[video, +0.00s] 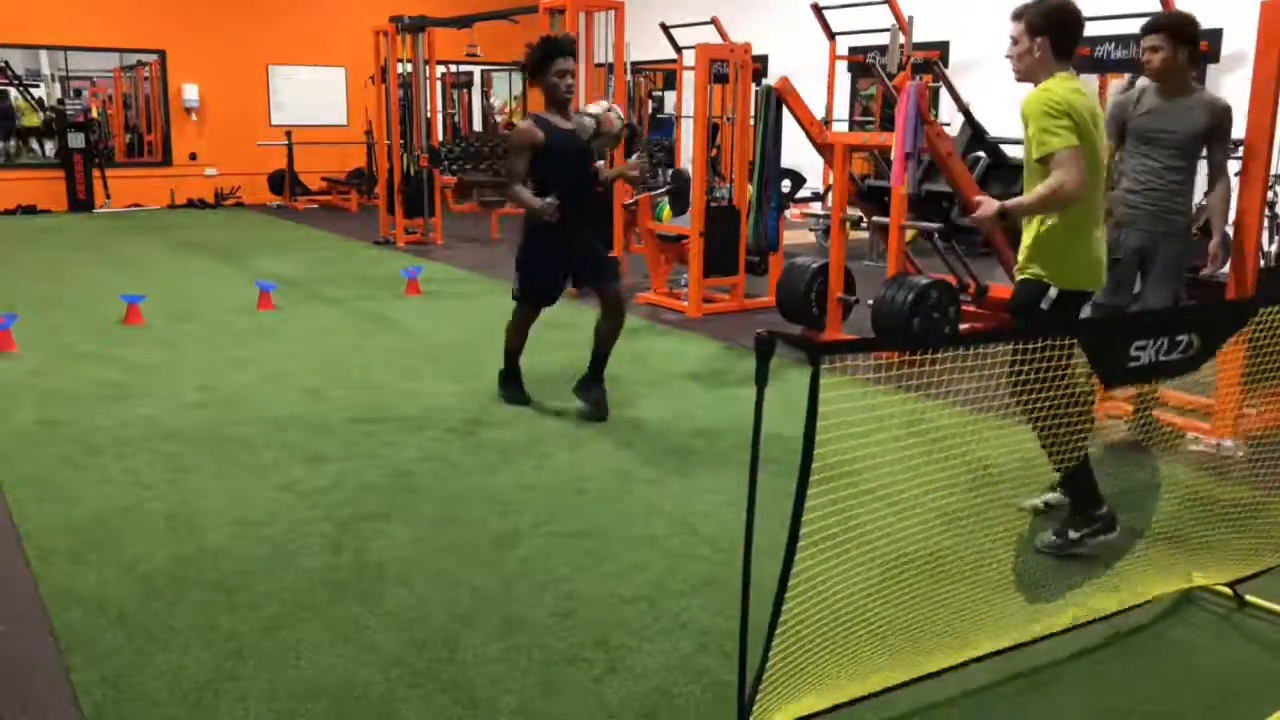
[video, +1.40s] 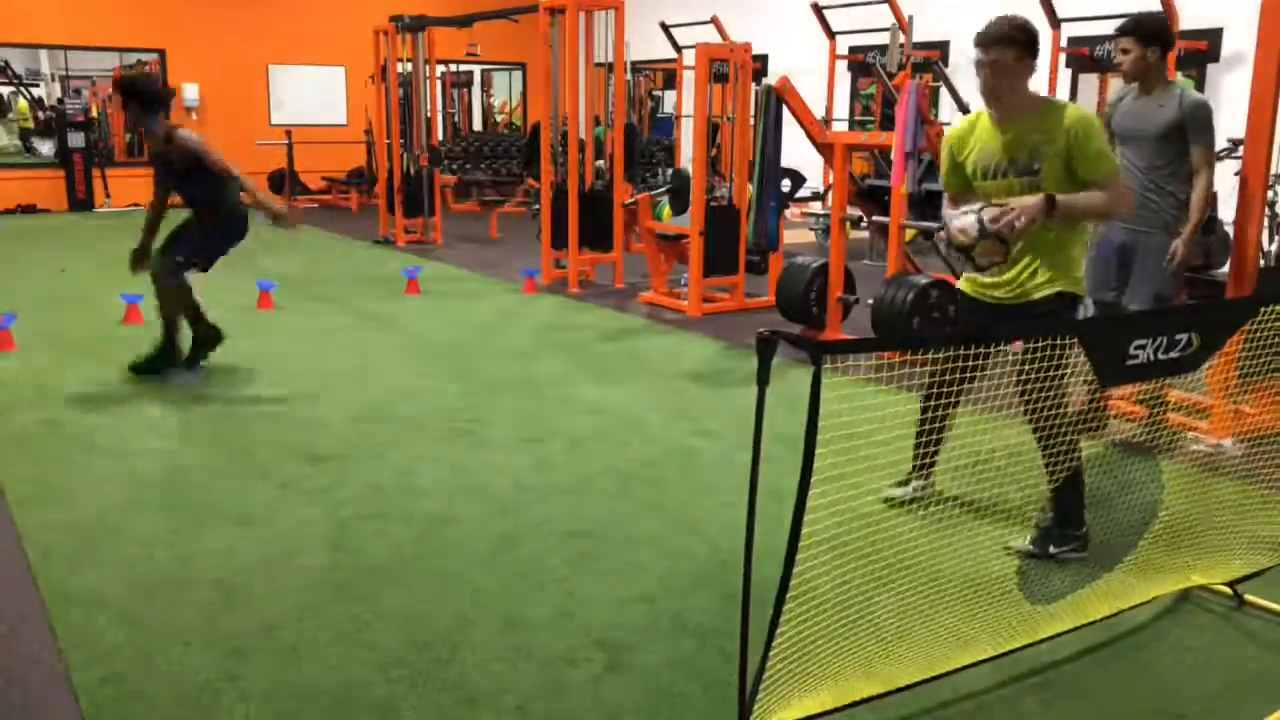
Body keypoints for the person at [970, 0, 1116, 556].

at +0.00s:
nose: (1010, 50)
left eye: (1018, 41)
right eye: (1012, 41)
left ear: (1045, 46)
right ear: (1055, 47)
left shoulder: (1045, 98)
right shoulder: (1080, 96)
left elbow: (1069, 183)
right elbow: (1096, 179)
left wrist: (1003, 207)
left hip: (1050, 272)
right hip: (1076, 270)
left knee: (1027, 381)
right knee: (1054, 377)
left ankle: (1092, 511)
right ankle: (1072, 482)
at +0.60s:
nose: (1031, 57)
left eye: (1035, 45)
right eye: (1031, 45)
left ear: (1061, 45)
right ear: (1078, 47)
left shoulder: (1069, 106)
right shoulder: (1111, 104)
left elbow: (1050, 198)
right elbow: (1081, 194)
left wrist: (980, 179)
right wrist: (1009, 193)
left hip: (1063, 283)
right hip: (1097, 281)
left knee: (1060, 402)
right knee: (1073, 397)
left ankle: (1077, 535)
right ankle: (1071, 504)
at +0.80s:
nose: (1039, 61)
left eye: (1042, 51)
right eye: (1037, 52)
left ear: (1063, 45)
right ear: (1089, 42)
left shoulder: (1081, 93)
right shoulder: (1108, 95)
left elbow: (995, 136)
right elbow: (1069, 163)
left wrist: (982, 70)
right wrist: (1005, 159)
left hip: (1075, 264)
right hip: (1094, 261)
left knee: (1063, 387)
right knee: (1075, 386)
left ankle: (1077, 530)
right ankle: (1077, 501)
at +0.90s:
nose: (1042, 64)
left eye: (1050, 53)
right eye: (1039, 54)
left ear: (1086, 48)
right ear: (1059, 57)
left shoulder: (1098, 103)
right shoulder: (1073, 103)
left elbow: (1027, 169)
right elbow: (1023, 164)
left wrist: (1009, 110)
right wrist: (991, 115)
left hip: (1080, 279)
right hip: (1063, 276)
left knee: (1050, 402)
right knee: (1065, 399)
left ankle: (1072, 528)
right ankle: (1071, 511)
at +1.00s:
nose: (1042, 69)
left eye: (1055, 59)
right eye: (1038, 58)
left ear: (1086, 59)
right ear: (1033, 56)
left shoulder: (1107, 118)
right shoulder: (1038, 121)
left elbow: (1096, 205)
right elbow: (1023, 187)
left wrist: (1031, 170)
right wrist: (984, 162)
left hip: (1079, 283)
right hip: (1036, 277)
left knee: (1037, 398)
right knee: (1035, 395)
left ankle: (1069, 527)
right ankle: (1069, 496)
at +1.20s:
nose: (1031, 81)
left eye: (1044, 70)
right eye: (1021, 69)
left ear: (1067, 65)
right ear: (1009, 67)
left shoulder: (1102, 126)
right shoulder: (996, 132)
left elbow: (1135, 207)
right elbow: (987, 205)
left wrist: (1063, 214)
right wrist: (987, 228)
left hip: (1071, 291)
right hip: (1006, 288)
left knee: (1040, 399)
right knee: (960, 372)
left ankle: (1071, 523)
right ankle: (1005, 446)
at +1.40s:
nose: (982, 73)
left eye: (994, 64)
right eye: (979, 63)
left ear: (1026, 66)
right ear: (976, 65)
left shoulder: (1073, 126)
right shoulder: (960, 136)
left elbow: (1119, 200)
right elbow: (954, 207)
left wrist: (1047, 203)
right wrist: (962, 226)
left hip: (1049, 288)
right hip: (979, 288)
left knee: (1038, 394)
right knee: (942, 376)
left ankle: (1069, 522)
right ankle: (921, 475)